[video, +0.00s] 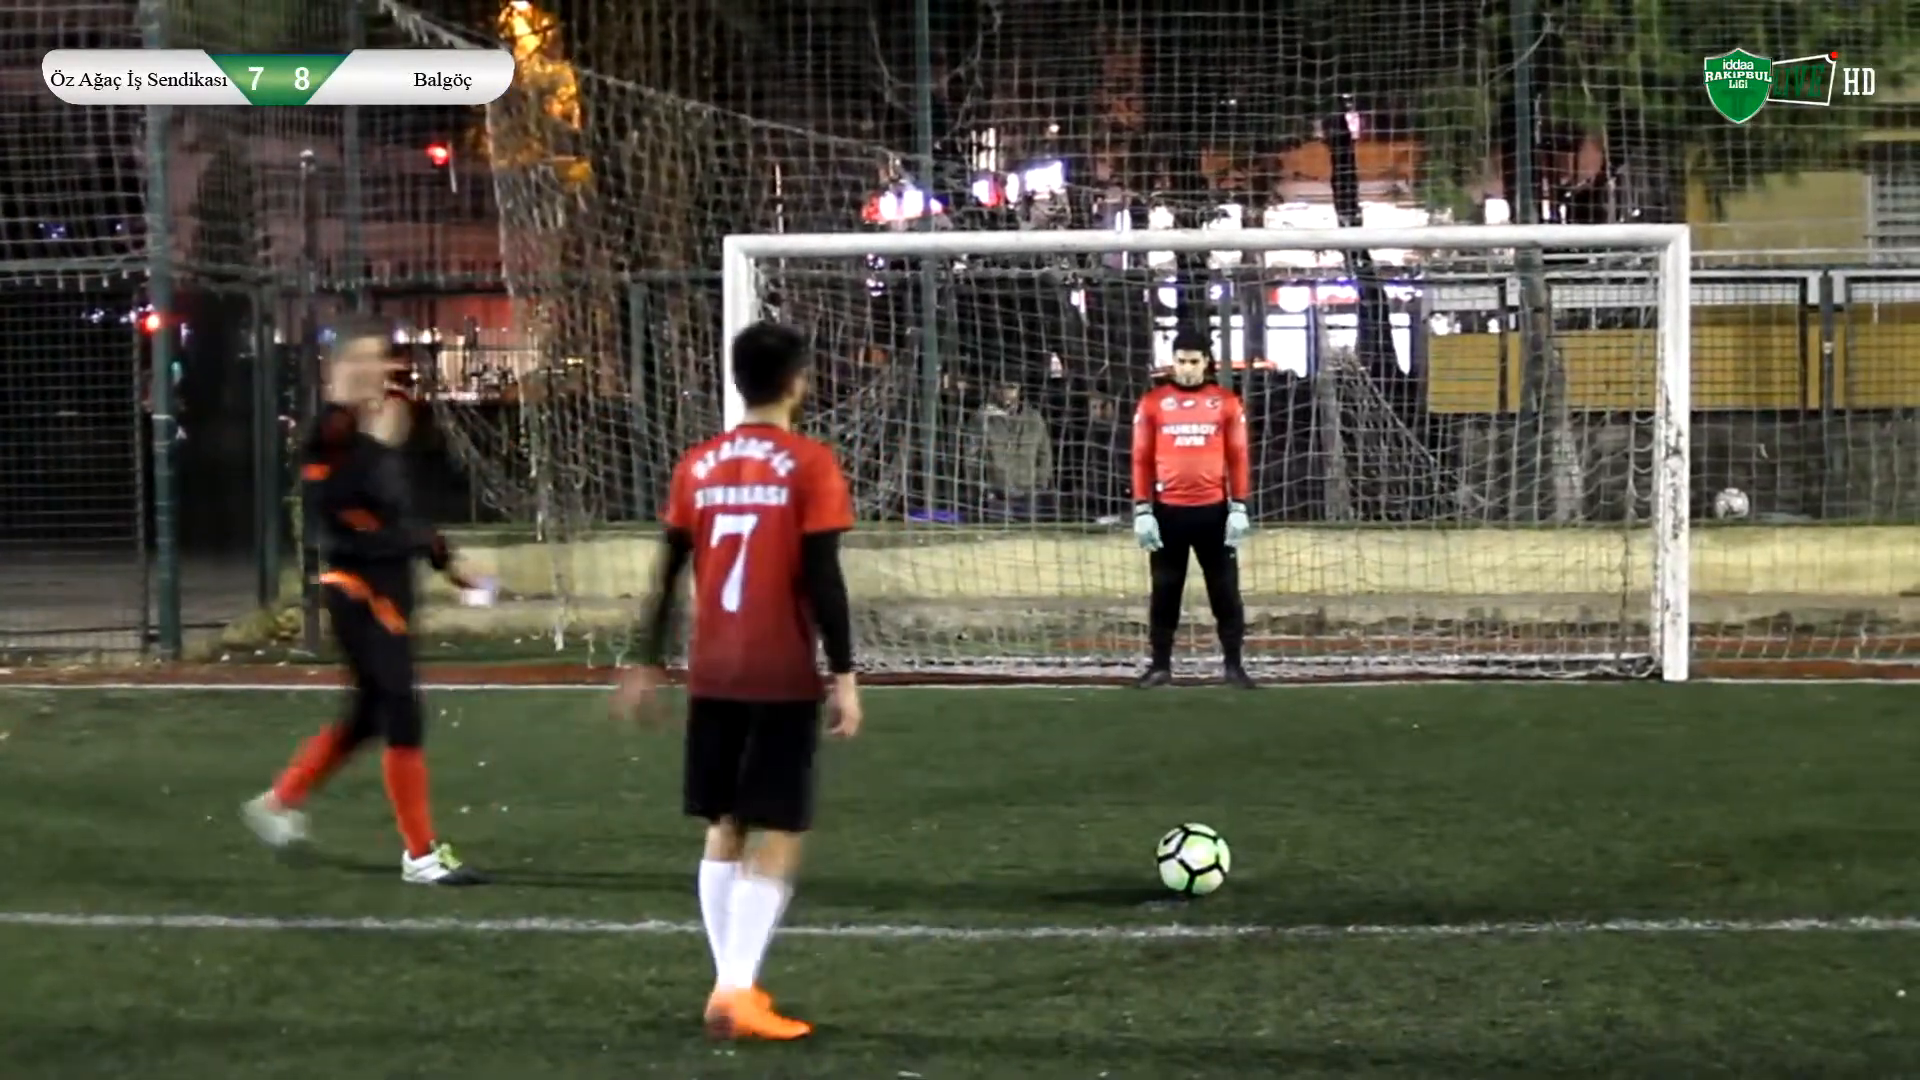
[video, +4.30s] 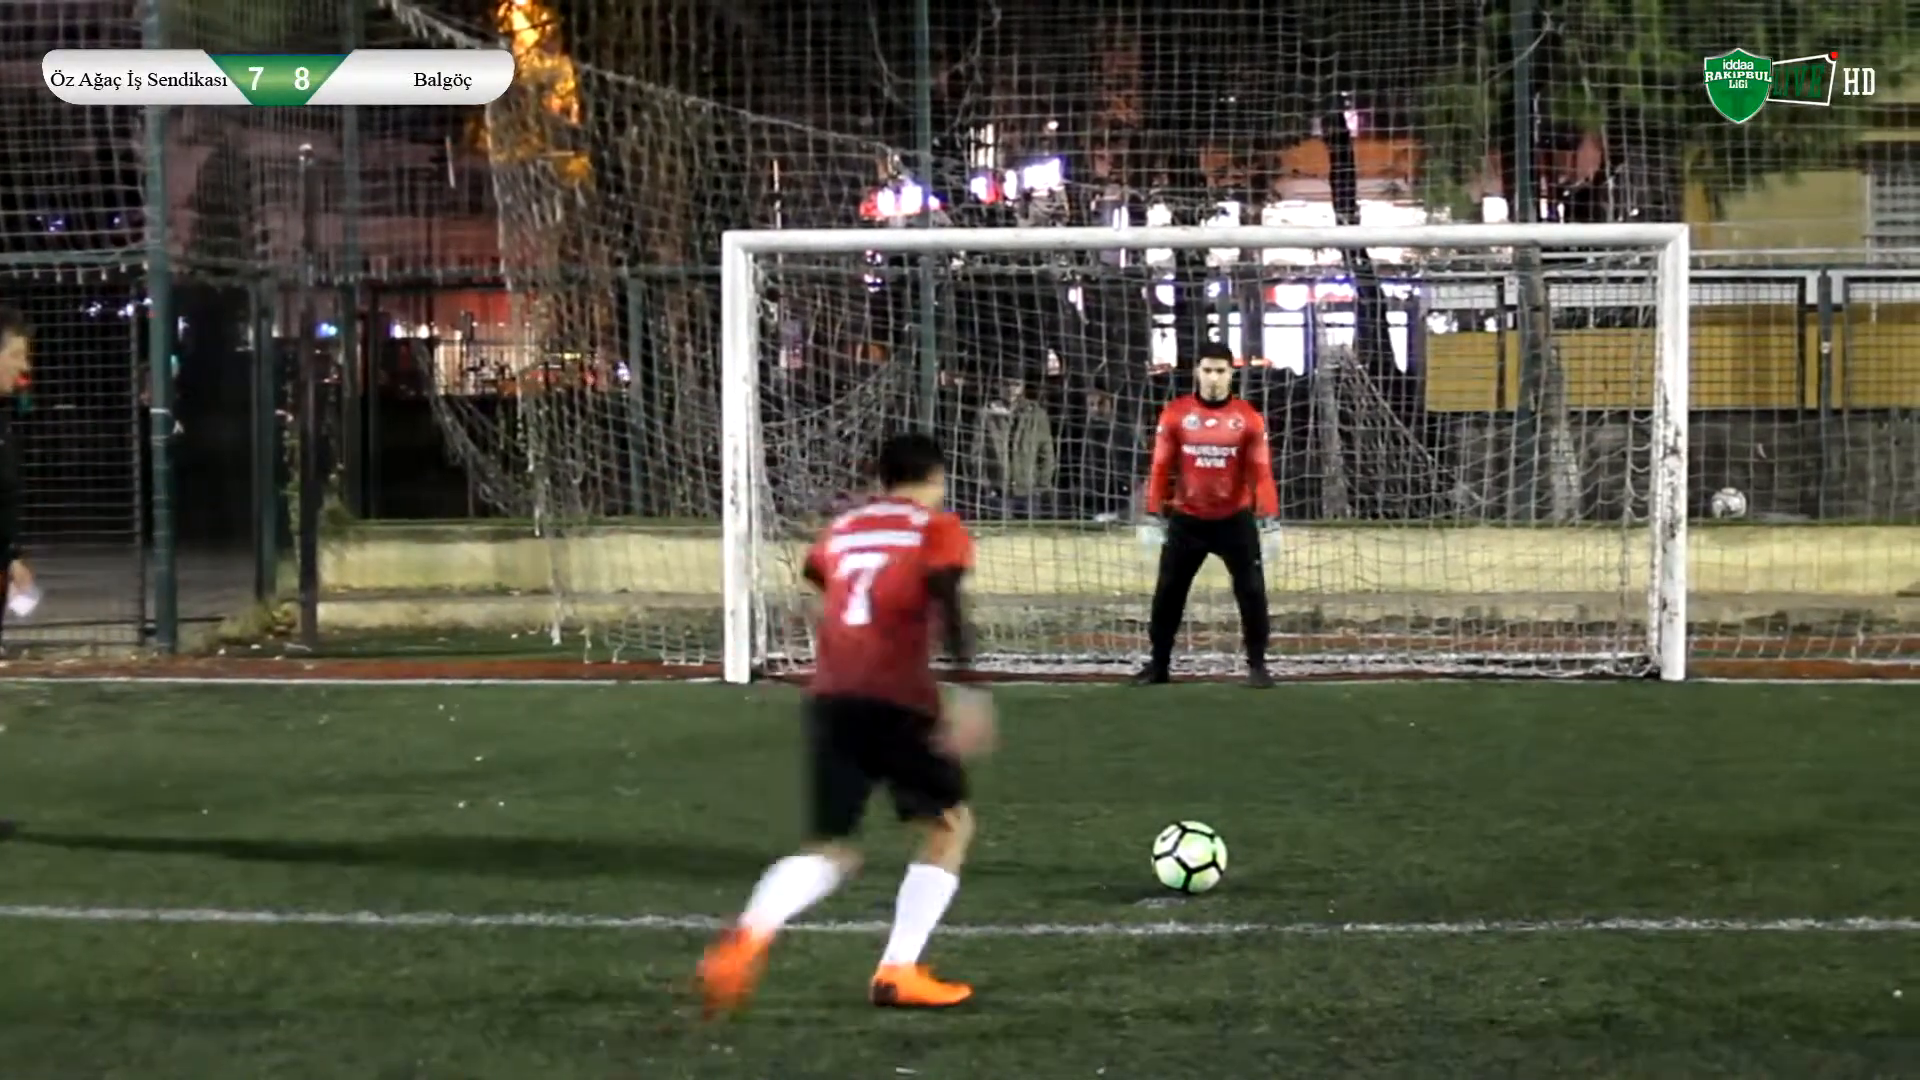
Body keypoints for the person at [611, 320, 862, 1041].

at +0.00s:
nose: (809, 385)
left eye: (805, 374)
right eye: (807, 375)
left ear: (738, 383)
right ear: (794, 383)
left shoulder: (697, 463)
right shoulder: (811, 462)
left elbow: (667, 573)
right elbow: (822, 571)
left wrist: (646, 657)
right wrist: (844, 671)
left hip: (711, 676)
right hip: (783, 677)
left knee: (725, 824)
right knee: (780, 830)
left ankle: (729, 986)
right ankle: (735, 985)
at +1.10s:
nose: (704, 385)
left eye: (694, 373)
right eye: (739, 380)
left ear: (687, 382)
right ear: (749, 387)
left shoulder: (639, 461)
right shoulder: (763, 466)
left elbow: (651, 558)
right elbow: (778, 576)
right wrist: (805, 676)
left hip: (661, 680)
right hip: (738, 683)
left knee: (666, 826)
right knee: (764, 828)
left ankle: (665, 1002)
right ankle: (739, 990)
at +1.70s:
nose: (727, 387)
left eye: (695, 371)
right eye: (738, 379)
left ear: (677, 379)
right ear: (740, 384)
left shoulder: (626, 457)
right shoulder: (747, 463)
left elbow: (619, 574)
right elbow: (751, 577)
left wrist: (641, 649)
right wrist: (775, 675)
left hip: (647, 679)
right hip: (727, 679)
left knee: (659, 829)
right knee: (751, 825)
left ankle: (664, 1000)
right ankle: (766, 986)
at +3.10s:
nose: (804, 417)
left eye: (803, 405)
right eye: (803, 406)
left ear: (741, 397)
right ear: (790, 407)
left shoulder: (674, 461)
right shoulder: (786, 472)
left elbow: (646, 576)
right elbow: (777, 577)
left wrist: (697, 624)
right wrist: (791, 679)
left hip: (659, 670)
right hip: (736, 674)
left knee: (666, 827)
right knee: (761, 825)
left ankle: (665, 1001)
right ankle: (766, 987)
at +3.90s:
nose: (863, 462)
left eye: (861, 451)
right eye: (863, 451)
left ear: (802, 447)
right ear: (852, 450)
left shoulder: (747, 503)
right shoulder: (843, 500)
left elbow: (713, 604)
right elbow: (818, 573)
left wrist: (740, 667)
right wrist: (812, 677)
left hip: (720, 690)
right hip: (789, 689)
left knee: (699, 833)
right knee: (863, 792)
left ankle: (666, 999)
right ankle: (868, 953)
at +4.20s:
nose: (926, 490)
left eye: (923, 481)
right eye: (924, 480)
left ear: (866, 475)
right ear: (912, 478)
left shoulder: (819, 523)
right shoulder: (915, 528)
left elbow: (798, 614)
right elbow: (910, 602)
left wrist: (812, 667)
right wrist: (900, 672)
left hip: (802, 697)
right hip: (870, 698)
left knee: (784, 832)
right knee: (933, 814)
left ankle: (707, 961)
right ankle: (897, 963)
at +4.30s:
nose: (944, 489)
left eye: (942, 480)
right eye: (942, 480)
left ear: (883, 480)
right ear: (932, 481)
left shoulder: (850, 522)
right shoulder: (940, 526)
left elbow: (813, 567)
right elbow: (946, 593)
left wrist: (864, 606)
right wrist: (968, 686)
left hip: (830, 697)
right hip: (896, 698)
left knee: (834, 846)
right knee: (950, 822)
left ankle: (747, 934)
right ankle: (900, 965)